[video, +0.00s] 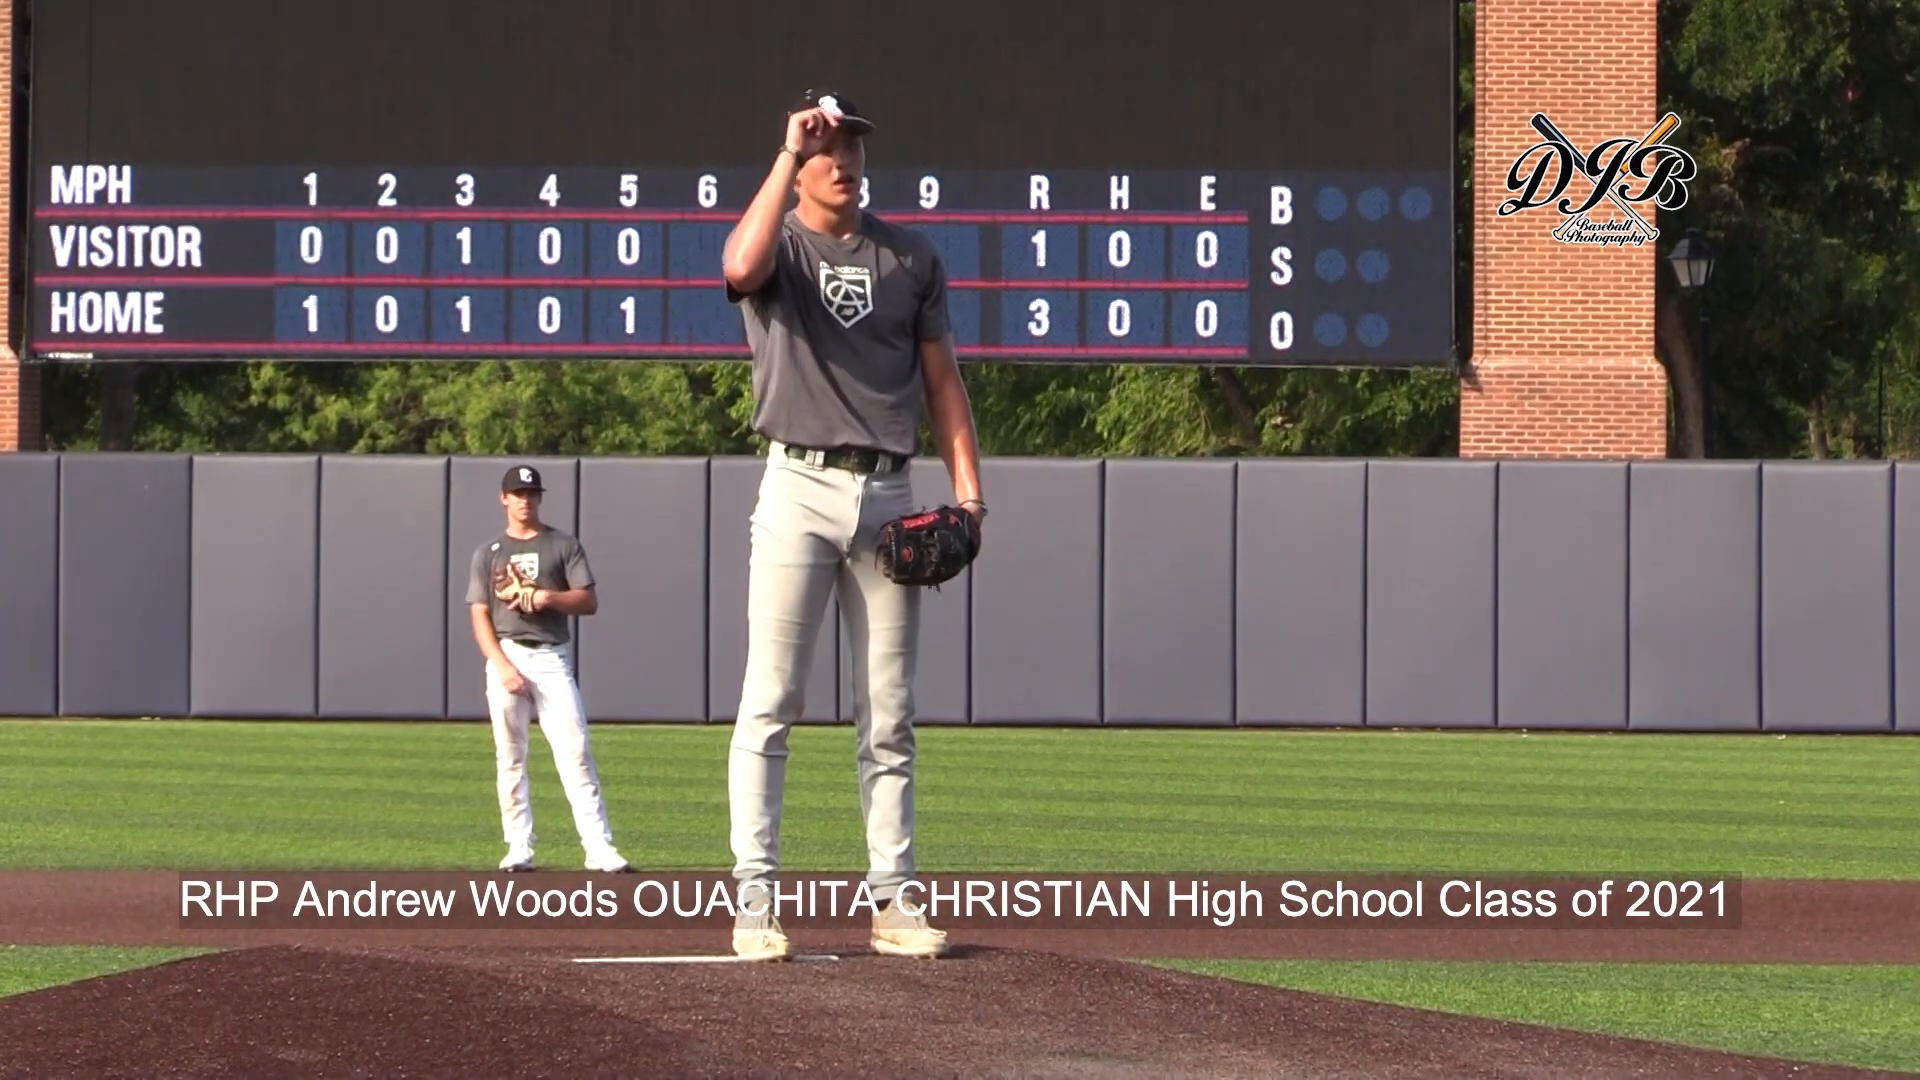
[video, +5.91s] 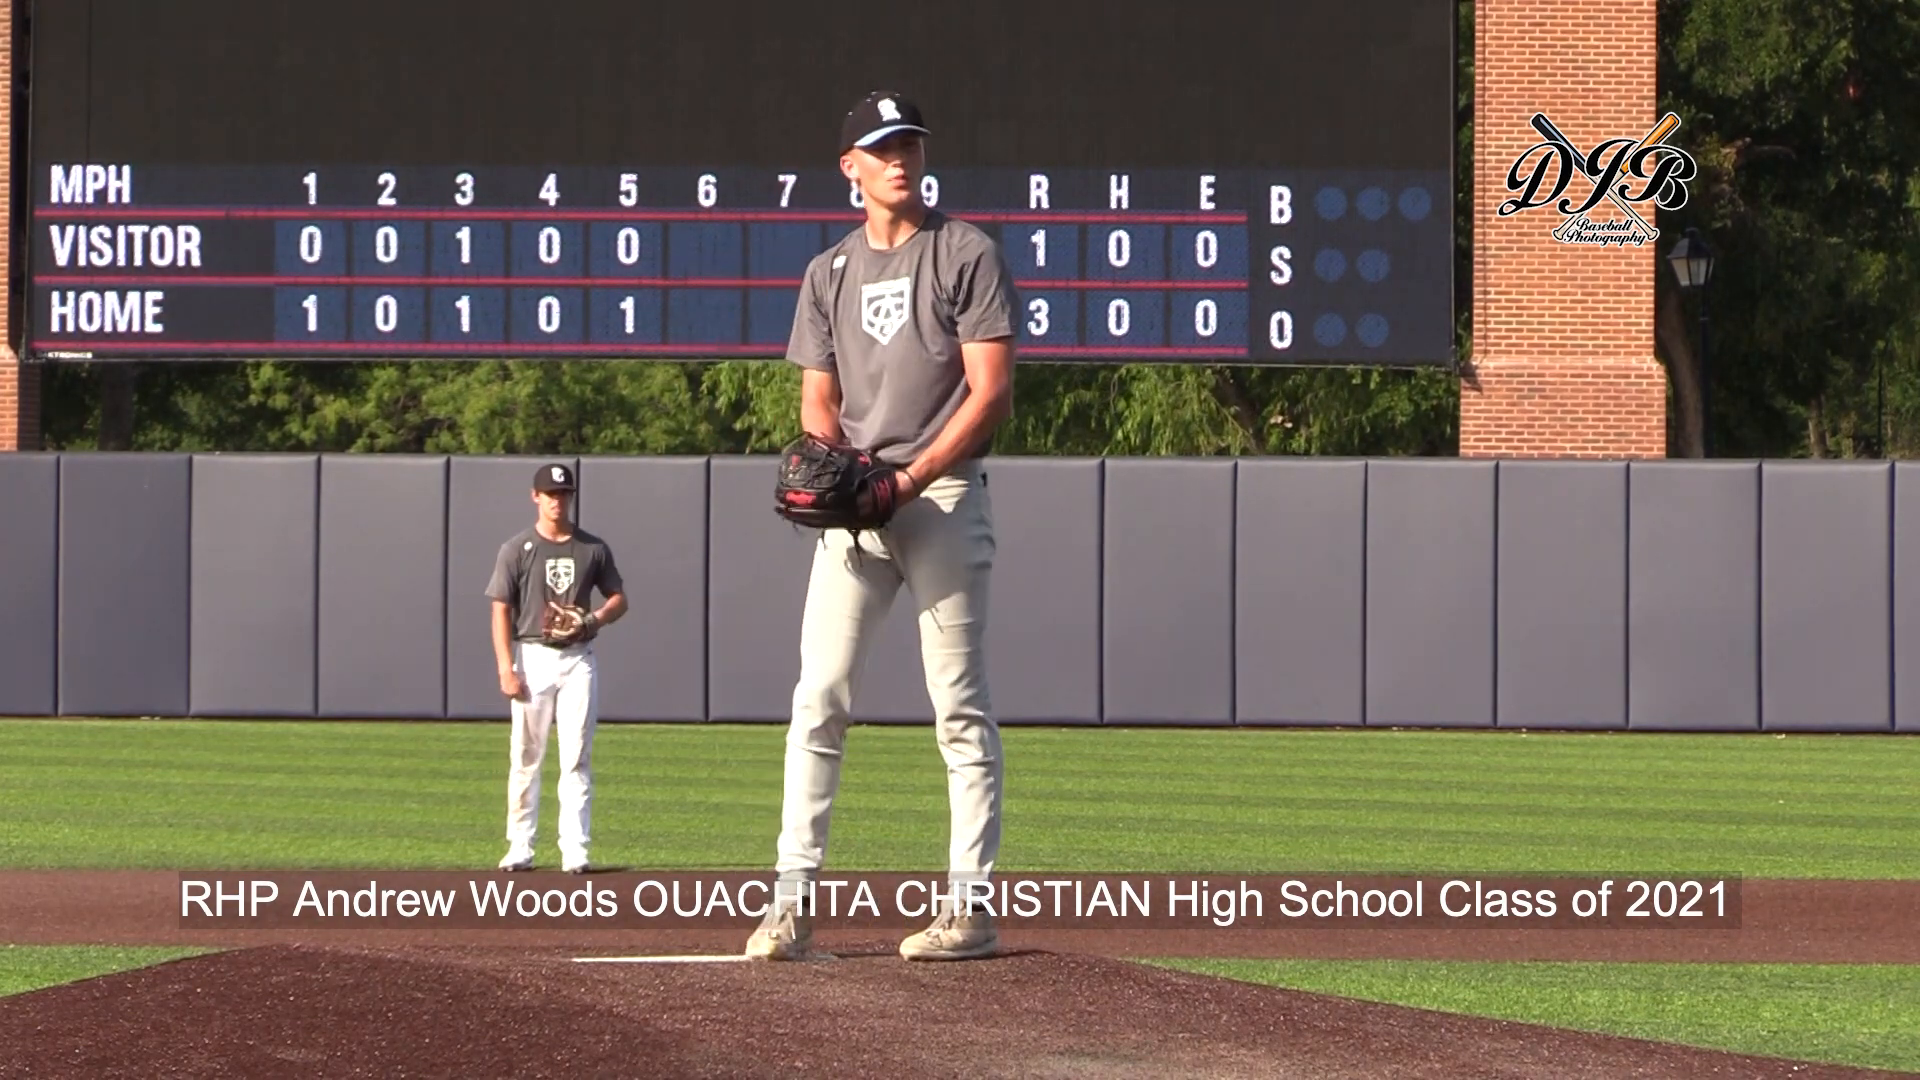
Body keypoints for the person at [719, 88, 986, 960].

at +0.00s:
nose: (838, 162)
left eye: (848, 148)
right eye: (821, 152)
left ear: (864, 160)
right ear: (795, 170)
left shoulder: (911, 256)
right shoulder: (772, 244)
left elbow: (943, 377)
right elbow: (740, 270)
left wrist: (967, 493)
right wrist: (789, 162)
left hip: (892, 498)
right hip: (796, 491)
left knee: (890, 716)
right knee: (769, 703)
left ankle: (893, 898)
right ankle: (755, 896)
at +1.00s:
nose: (858, 163)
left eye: (866, 150)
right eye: (842, 151)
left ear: (877, 160)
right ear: (803, 163)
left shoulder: (915, 266)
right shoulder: (764, 260)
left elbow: (946, 390)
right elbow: (729, 376)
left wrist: (967, 503)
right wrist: (789, 297)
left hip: (889, 499)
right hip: (794, 494)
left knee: (888, 715)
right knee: (769, 703)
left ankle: (892, 898)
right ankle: (756, 896)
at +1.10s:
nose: (861, 164)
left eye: (868, 151)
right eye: (845, 152)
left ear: (878, 162)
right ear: (805, 164)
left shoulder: (915, 267)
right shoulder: (767, 263)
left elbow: (945, 391)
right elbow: (730, 392)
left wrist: (966, 504)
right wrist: (786, 382)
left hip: (888, 500)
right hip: (793, 494)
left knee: (886, 713)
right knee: (769, 701)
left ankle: (892, 897)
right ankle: (755, 895)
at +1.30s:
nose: (863, 163)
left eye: (870, 149)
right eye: (845, 151)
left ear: (879, 161)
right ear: (805, 163)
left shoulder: (914, 268)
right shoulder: (768, 265)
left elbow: (943, 394)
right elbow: (732, 402)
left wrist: (965, 505)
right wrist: (765, 514)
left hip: (886, 497)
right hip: (793, 494)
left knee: (886, 712)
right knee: (769, 705)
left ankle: (892, 897)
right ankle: (755, 896)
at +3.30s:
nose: (855, 159)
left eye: (862, 146)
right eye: (838, 147)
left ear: (872, 159)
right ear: (799, 161)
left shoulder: (911, 267)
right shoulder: (759, 268)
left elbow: (943, 393)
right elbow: (733, 405)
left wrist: (965, 507)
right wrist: (744, 521)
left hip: (888, 497)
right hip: (792, 493)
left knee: (887, 712)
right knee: (768, 705)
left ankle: (893, 897)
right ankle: (755, 895)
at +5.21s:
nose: (829, 158)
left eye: (837, 144)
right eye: (811, 146)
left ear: (849, 156)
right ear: (773, 160)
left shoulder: (892, 260)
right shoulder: (734, 263)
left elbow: (921, 392)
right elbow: (707, 397)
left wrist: (884, 483)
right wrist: (795, 465)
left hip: (866, 501)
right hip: (769, 501)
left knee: (900, 693)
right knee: (761, 698)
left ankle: (906, 884)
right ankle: (752, 899)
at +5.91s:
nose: (900, 164)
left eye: (908, 150)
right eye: (883, 153)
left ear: (922, 160)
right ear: (851, 168)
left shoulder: (966, 251)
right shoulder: (826, 273)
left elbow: (989, 391)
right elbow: (820, 399)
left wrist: (904, 482)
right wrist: (825, 464)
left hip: (943, 498)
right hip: (853, 500)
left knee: (958, 707)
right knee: (819, 702)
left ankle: (970, 906)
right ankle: (794, 900)